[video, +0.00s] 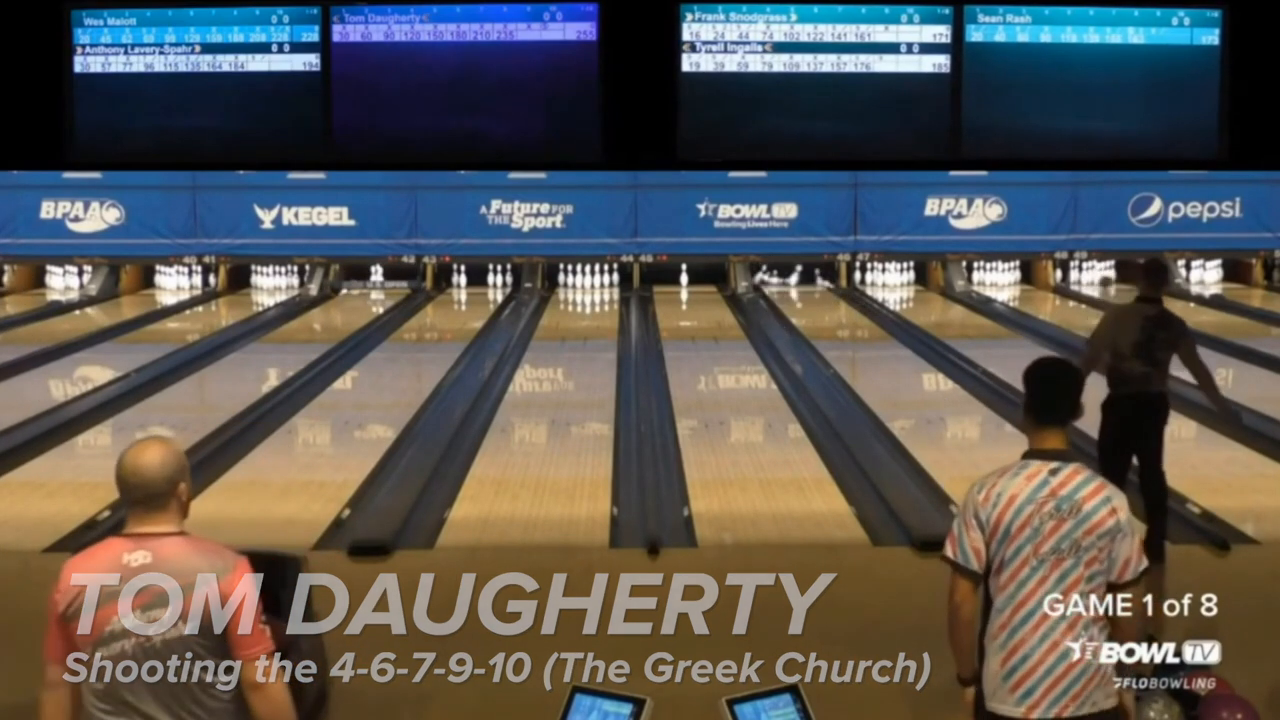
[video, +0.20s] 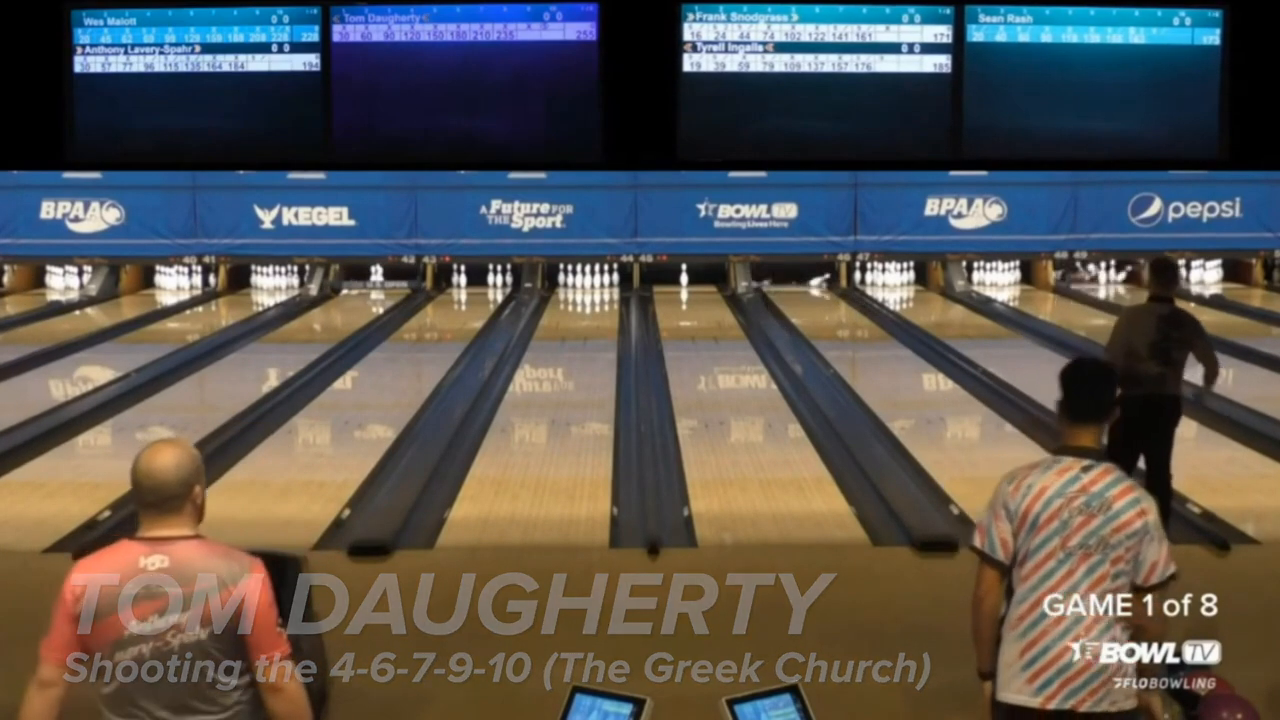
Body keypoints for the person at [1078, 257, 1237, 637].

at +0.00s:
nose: (1144, 284)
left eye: (1142, 278)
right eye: (1154, 279)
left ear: (1139, 281)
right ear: (1166, 284)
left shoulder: (1117, 317)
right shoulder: (1173, 324)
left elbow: (1088, 360)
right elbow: (1197, 368)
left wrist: (1071, 393)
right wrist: (1218, 401)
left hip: (1119, 407)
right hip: (1155, 407)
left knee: (1111, 475)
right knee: (1152, 474)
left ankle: (1108, 540)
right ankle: (1155, 545)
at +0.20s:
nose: (1159, 285)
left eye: (1153, 279)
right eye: (1168, 280)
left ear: (1149, 282)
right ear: (1176, 283)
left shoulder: (1130, 316)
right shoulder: (1186, 321)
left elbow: (1111, 357)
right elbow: (1211, 364)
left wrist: (1109, 392)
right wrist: (1205, 389)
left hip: (1132, 402)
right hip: (1168, 404)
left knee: (1119, 464)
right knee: (1159, 471)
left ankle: (1108, 524)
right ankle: (1158, 533)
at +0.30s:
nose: (1150, 284)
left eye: (1152, 279)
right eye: (1152, 279)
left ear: (1154, 282)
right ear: (1180, 283)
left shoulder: (1142, 316)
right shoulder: (1190, 319)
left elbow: (1126, 356)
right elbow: (1212, 359)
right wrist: (1183, 364)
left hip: (1140, 398)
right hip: (1172, 400)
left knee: (1136, 455)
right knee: (1160, 461)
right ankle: (1160, 508)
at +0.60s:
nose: (1158, 280)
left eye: (1165, 277)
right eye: (1161, 276)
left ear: (1176, 285)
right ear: (1188, 287)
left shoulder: (1170, 323)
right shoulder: (1189, 319)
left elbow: (1156, 357)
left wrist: (1144, 350)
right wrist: (1151, 350)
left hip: (1165, 405)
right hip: (1182, 403)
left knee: (1156, 468)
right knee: (1169, 469)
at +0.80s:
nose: (1189, 294)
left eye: (1197, 289)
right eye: (1187, 287)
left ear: (1209, 294)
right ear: (1182, 288)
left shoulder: (1220, 331)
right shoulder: (1165, 325)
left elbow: (1233, 377)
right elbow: (1152, 361)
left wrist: (1212, 415)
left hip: (1205, 417)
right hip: (1170, 413)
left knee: (1195, 480)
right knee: (1164, 473)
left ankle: (1201, 533)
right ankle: (1165, 528)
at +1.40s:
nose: (1222, 298)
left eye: (1227, 291)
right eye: (1216, 290)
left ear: (1235, 295)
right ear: (1206, 294)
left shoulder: (1253, 335)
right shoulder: (1186, 333)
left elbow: (1265, 382)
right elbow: (1160, 371)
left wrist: (1258, 421)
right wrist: (1183, 383)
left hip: (1231, 426)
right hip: (1192, 423)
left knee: (1216, 489)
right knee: (1188, 484)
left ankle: (1206, 536)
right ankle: (1182, 534)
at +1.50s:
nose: (1226, 297)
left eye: (1231, 291)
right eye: (1220, 290)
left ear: (1239, 294)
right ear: (1209, 294)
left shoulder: (1256, 339)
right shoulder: (1189, 336)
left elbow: (1268, 383)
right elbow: (1162, 374)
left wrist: (1264, 425)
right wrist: (1187, 392)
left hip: (1238, 430)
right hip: (1198, 429)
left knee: (1221, 498)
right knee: (1205, 499)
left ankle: (1209, 550)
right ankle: (1209, 565)